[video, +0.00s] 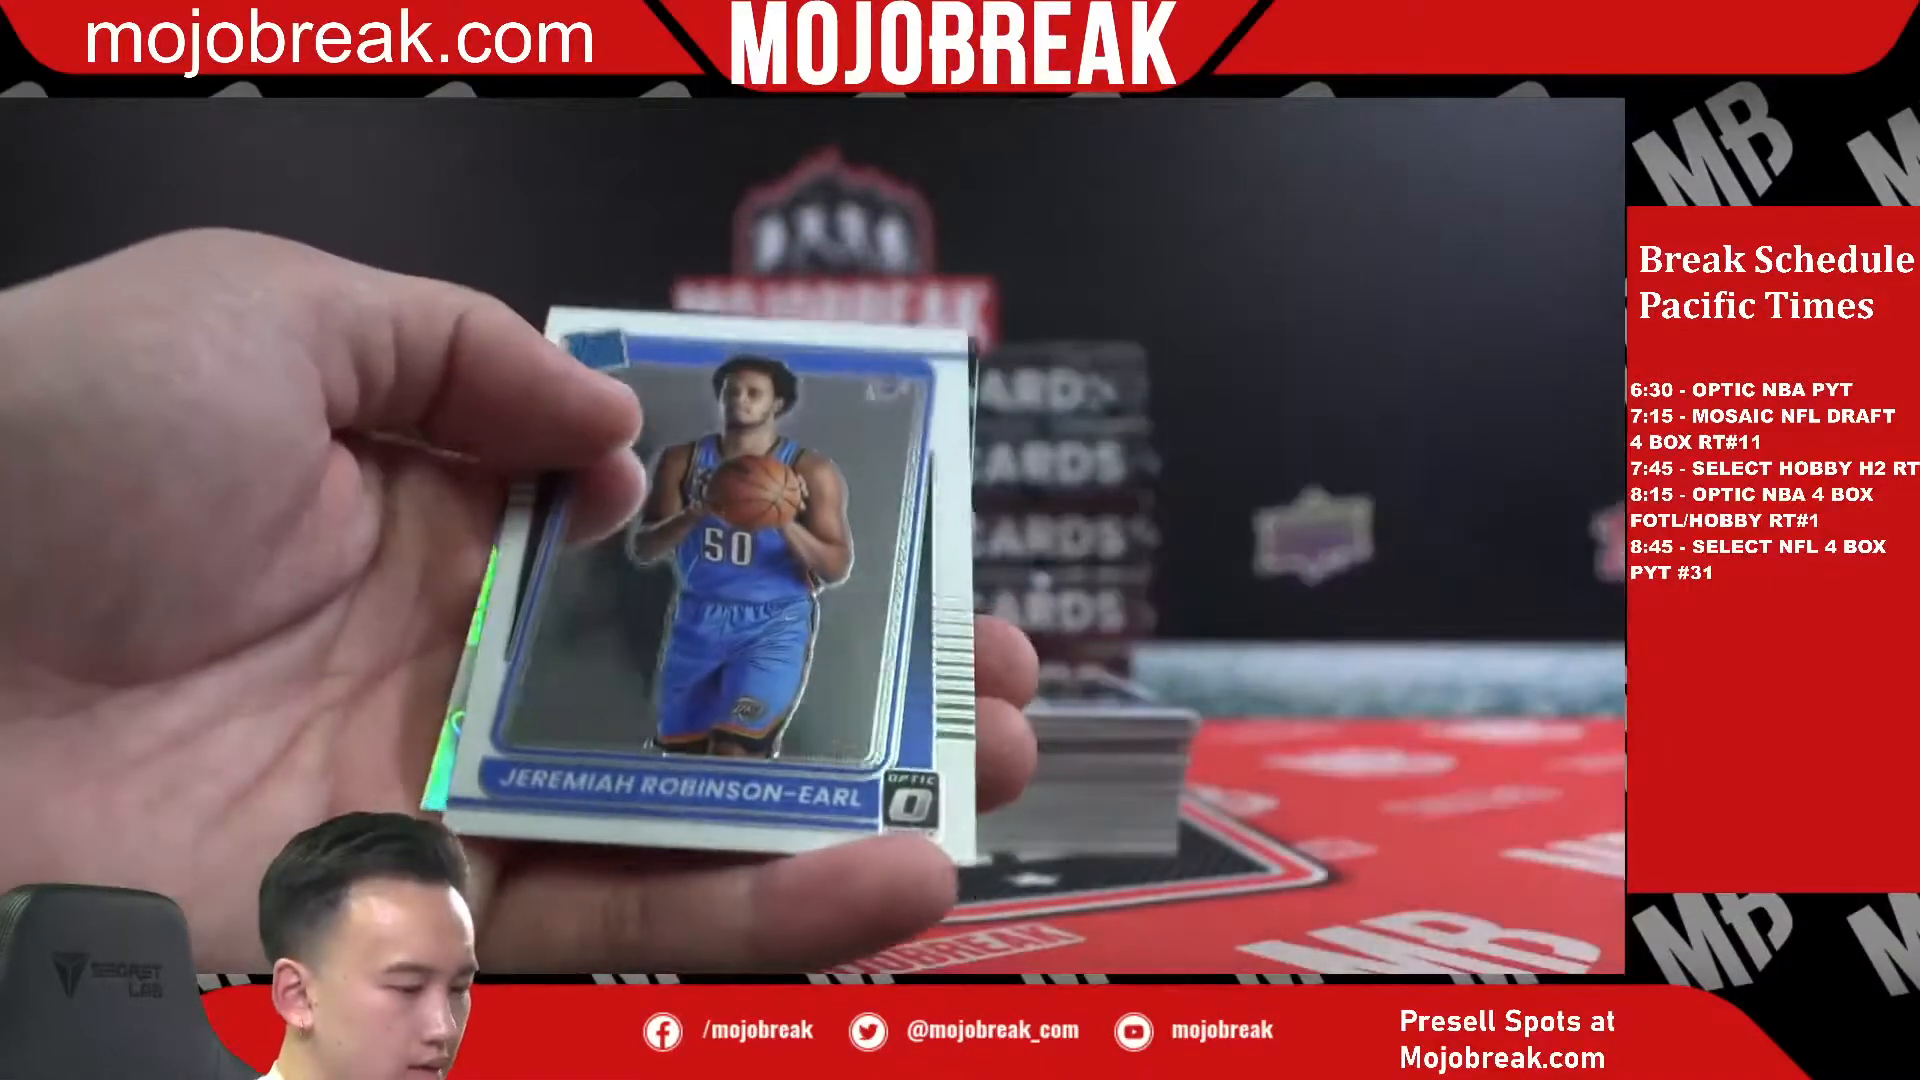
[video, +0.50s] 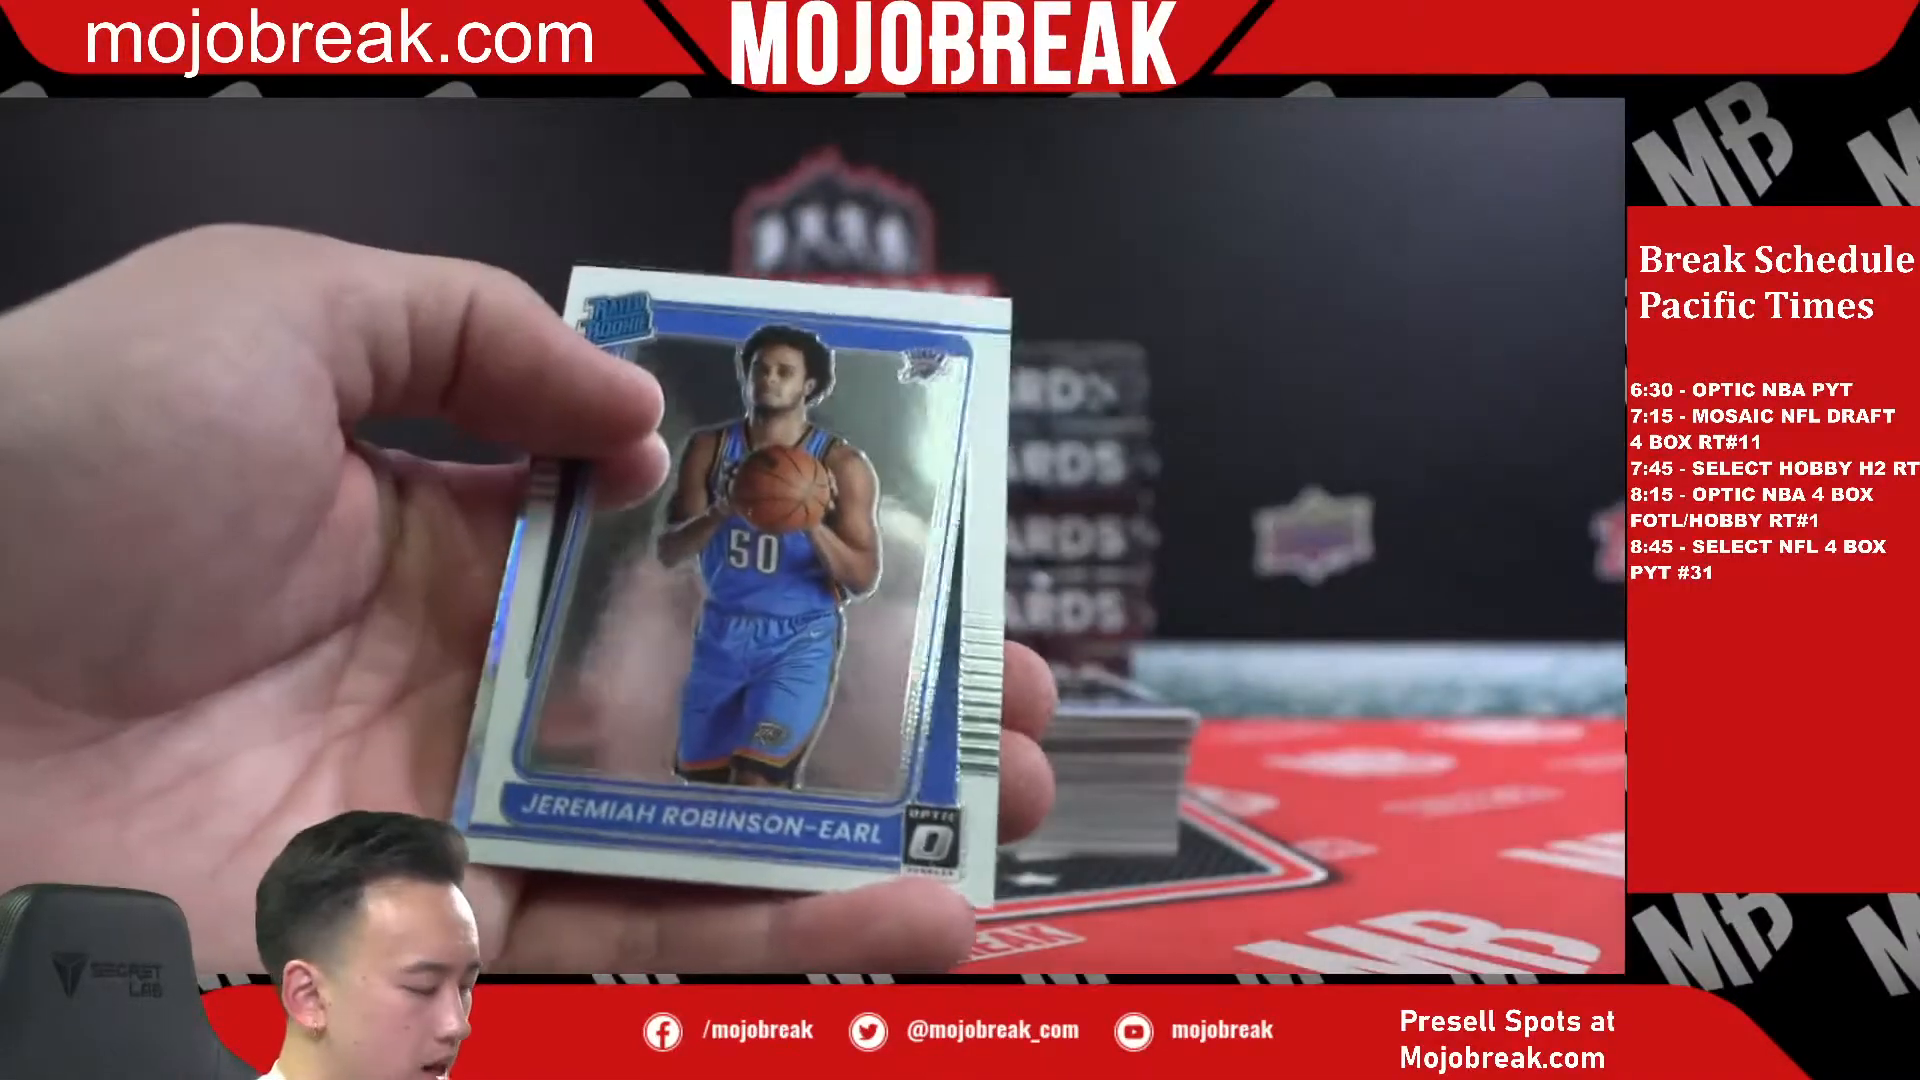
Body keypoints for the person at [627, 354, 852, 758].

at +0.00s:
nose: (740, 401)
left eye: (754, 393)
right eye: (732, 391)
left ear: (777, 405)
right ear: (721, 398)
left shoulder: (814, 473)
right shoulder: (681, 461)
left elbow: (837, 567)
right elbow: (642, 550)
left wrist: (786, 521)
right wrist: (695, 514)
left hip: (775, 627)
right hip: (695, 623)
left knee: (731, 757)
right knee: (680, 762)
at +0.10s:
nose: (742, 396)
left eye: (756, 388)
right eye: (734, 385)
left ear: (781, 403)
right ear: (720, 394)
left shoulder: (815, 475)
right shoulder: (681, 460)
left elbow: (836, 575)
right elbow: (642, 557)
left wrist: (787, 527)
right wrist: (696, 517)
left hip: (775, 639)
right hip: (694, 632)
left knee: (729, 776)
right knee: (675, 782)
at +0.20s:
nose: (747, 400)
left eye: (761, 393)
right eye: (739, 389)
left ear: (785, 407)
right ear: (725, 397)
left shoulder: (821, 480)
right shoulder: (686, 464)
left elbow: (840, 581)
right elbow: (646, 562)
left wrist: (791, 533)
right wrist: (699, 523)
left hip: (779, 645)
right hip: (698, 638)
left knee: (731, 783)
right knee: (679, 788)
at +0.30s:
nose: (752, 402)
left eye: (767, 395)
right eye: (745, 392)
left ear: (792, 410)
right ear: (732, 400)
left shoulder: (826, 482)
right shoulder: (693, 466)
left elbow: (845, 585)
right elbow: (653, 566)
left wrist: (797, 535)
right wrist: (705, 526)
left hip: (784, 648)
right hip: (703, 642)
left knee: (736, 786)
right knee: (684, 791)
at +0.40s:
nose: (757, 391)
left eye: (773, 384)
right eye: (750, 381)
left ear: (800, 399)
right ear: (737, 389)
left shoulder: (834, 474)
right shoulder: (699, 458)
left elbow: (852, 581)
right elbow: (659, 560)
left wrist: (805, 530)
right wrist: (711, 520)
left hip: (791, 646)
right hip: (711, 640)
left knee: (742, 789)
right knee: (691, 795)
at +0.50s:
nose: (769, 379)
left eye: (784, 371)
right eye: (760, 368)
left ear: (812, 388)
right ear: (746, 377)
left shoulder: (845, 466)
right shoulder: (708, 448)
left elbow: (863, 576)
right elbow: (668, 552)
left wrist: (815, 524)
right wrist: (721, 511)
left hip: (802, 643)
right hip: (721, 637)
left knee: (753, 786)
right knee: (700, 793)